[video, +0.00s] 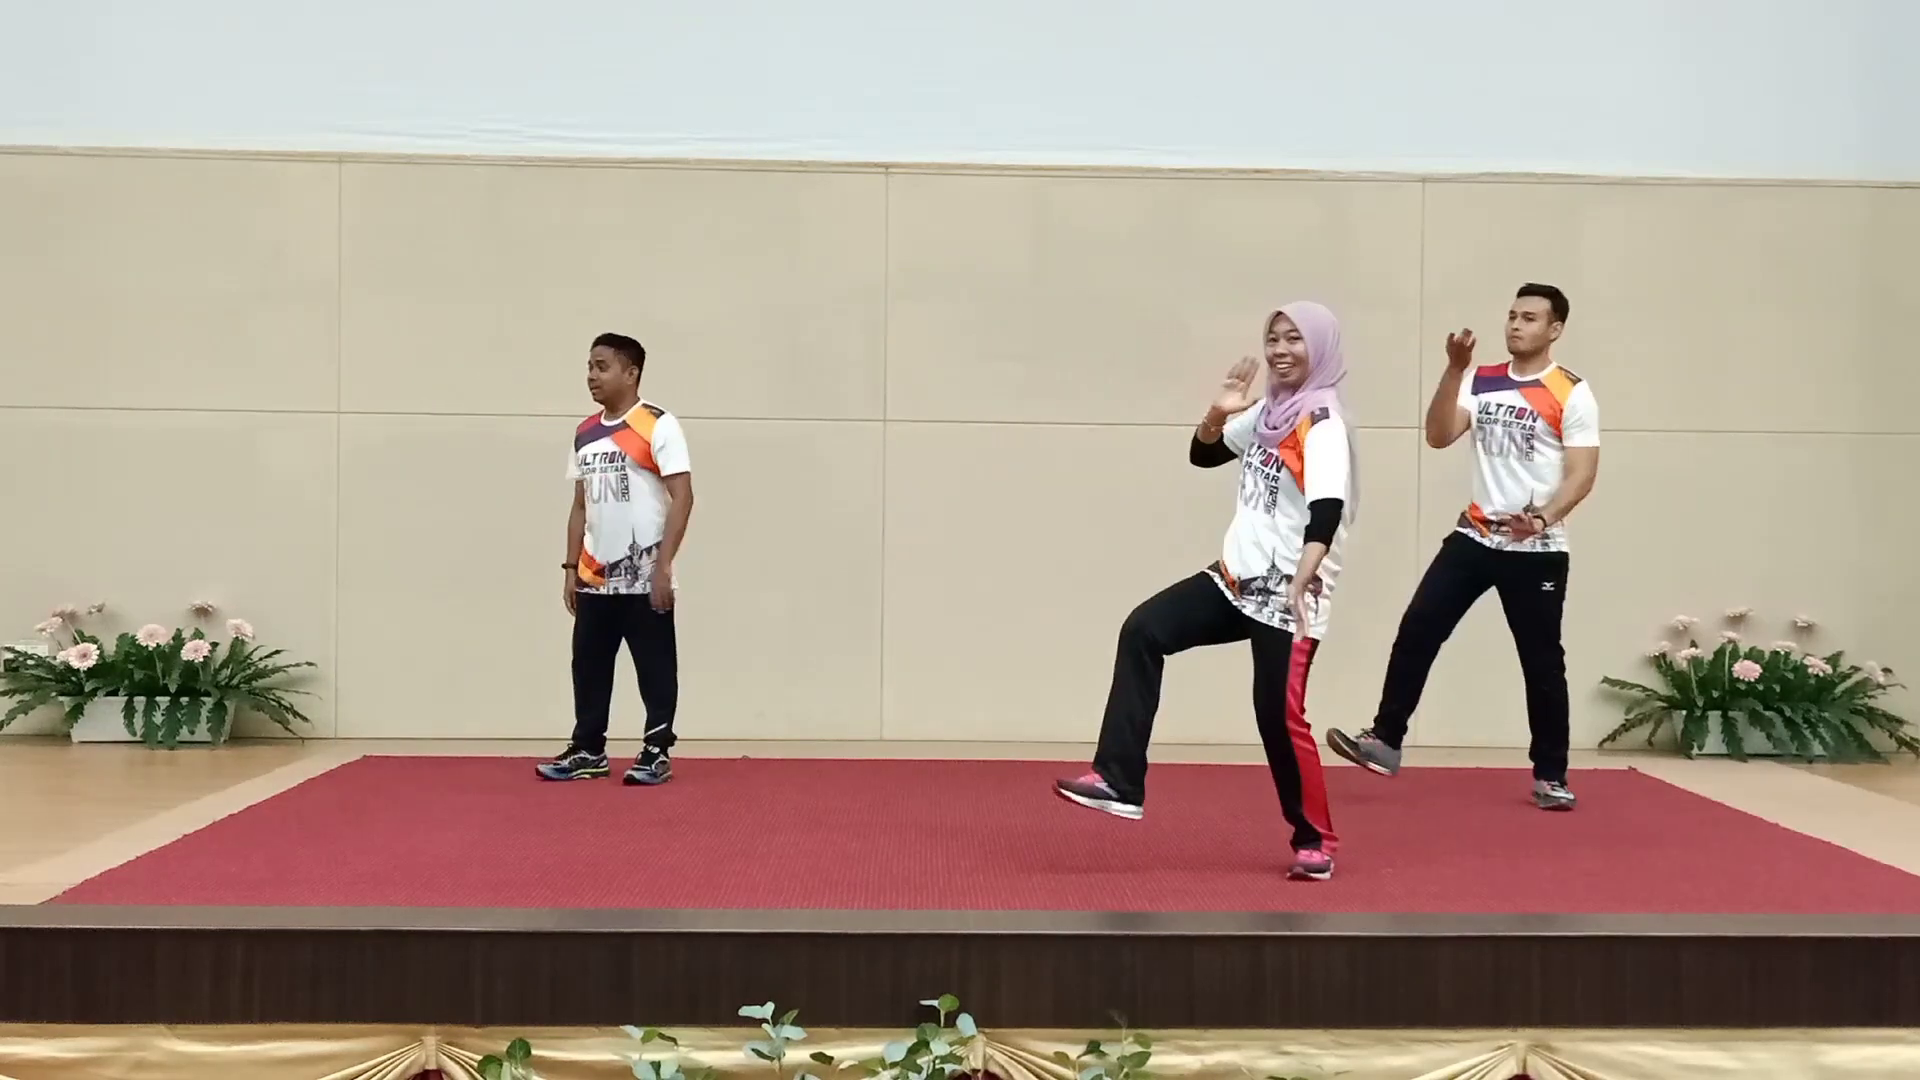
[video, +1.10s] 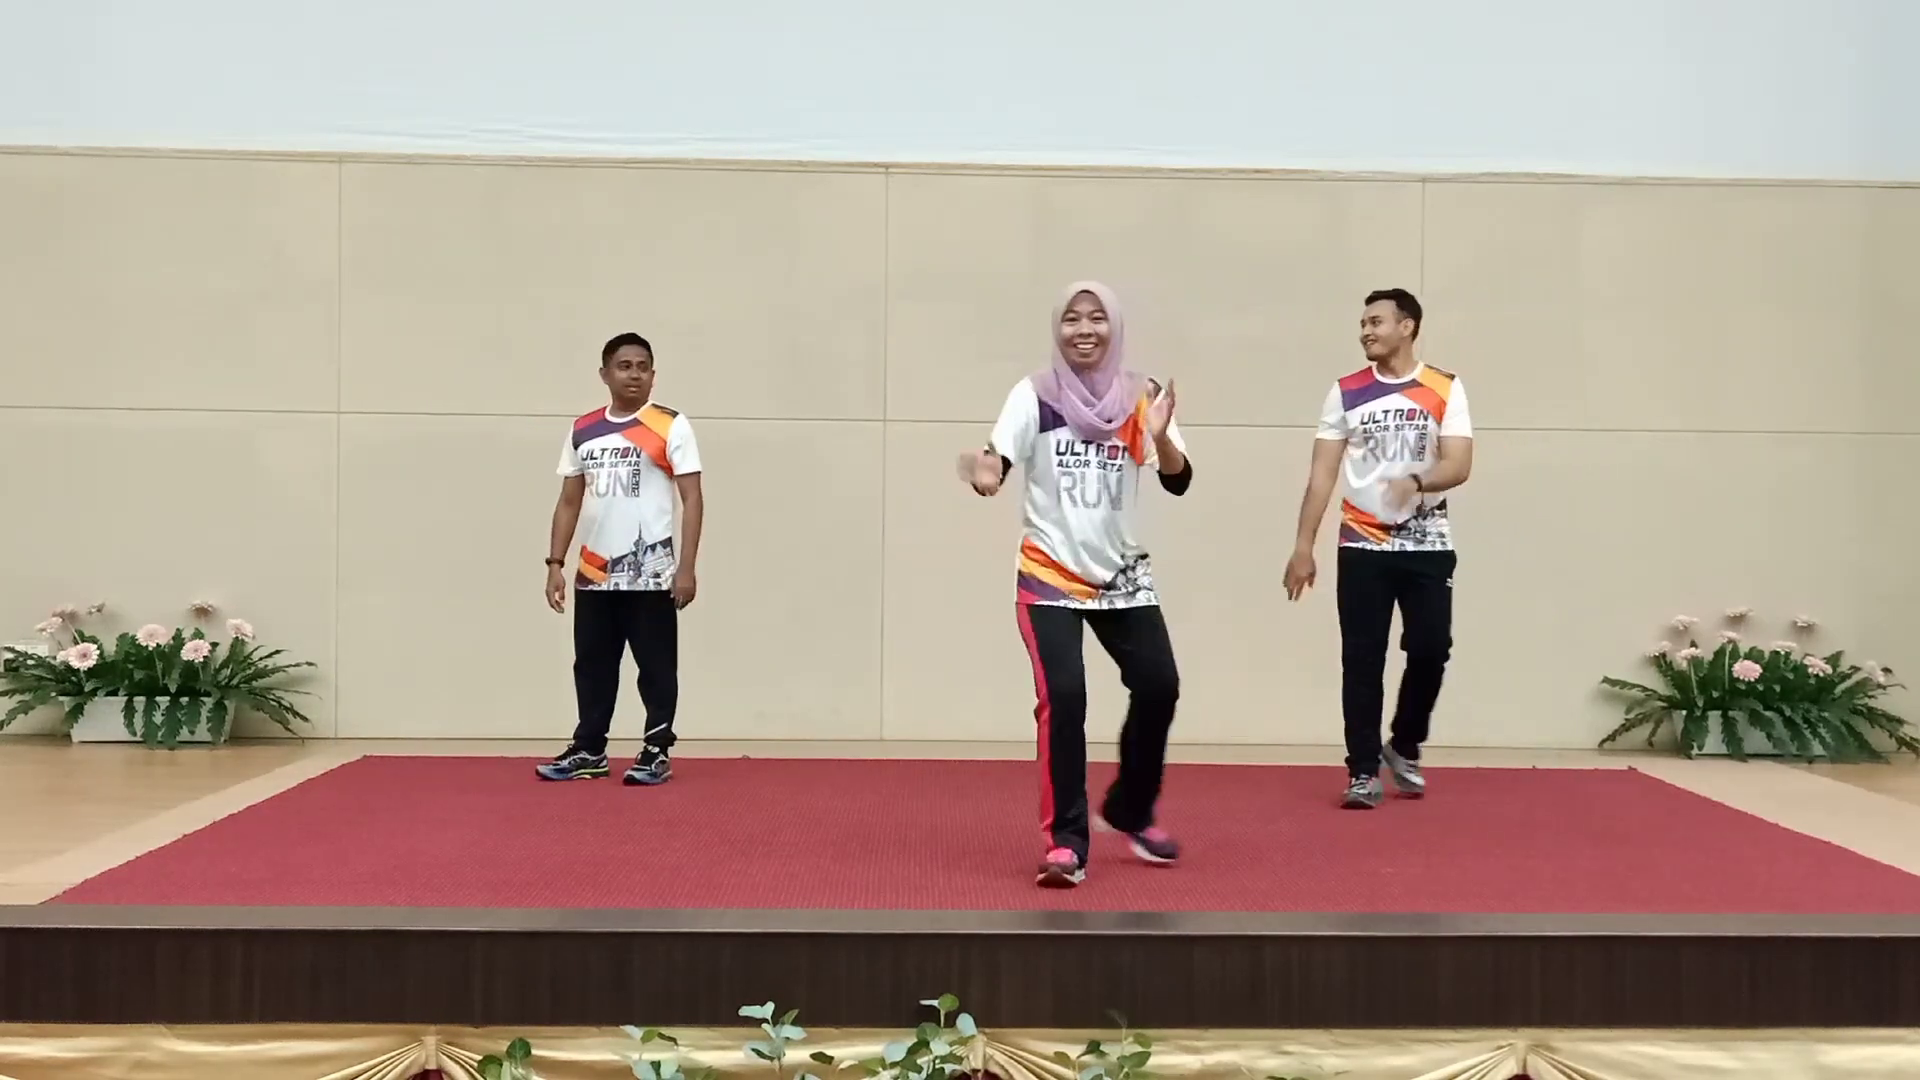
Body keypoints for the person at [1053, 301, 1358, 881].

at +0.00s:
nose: (1280, 349)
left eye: (1292, 339)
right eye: (1273, 340)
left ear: (1320, 349)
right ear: (1266, 350)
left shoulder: (1323, 422)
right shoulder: (1261, 414)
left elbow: (1327, 508)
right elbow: (1203, 456)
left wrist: (1304, 573)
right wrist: (1218, 415)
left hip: (1293, 595)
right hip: (1236, 580)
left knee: (1280, 713)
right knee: (1144, 630)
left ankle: (1314, 841)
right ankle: (1120, 782)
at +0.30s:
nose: (1280, 356)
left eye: (1293, 346)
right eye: (1273, 346)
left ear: (1322, 355)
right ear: (1265, 355)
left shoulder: (1332, 425)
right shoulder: (1252, 412)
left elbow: (1332, 505)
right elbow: (1184, 462)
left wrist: (1291, 536)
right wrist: (1196, 418)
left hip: (1293, 591)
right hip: (1229, 579)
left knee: (1279, 714)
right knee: (1155, 680)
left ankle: (1312, 842)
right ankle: (1123, 830)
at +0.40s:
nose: (1268, 337)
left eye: (1281, 327)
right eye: (1260, 327)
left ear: (1309, 335)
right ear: (1250, 336)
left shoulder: (1325, 404)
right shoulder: (1237, 391)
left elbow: (1334, 480)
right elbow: (1169, 446)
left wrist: (1288, 472)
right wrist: (1164, 407)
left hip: (1288, 576)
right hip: (1221, 564)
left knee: (1285, 706)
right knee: (1153, 668)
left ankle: (1311, 840)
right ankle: (1113, 815)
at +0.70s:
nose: (1208, 313)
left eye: (1221, 303)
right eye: (1199, 304)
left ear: (1246, 314)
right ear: (1187, 316)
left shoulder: (1276, 372)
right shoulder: (1168, 372)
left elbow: (1313, 442)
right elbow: (1118, 433)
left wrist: (1266, 379)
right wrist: (1091, 449)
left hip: (1248, 563)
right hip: (1171, 558)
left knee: (1271, 700)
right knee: (1128, 682)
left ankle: (1306, 839)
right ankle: (1079, 821)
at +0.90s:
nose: (1141, 328)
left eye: (1154, 318)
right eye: (1131, 318)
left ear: (1175, 330)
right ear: (1117, 330)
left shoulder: (1204, 396)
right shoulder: (1091, 397)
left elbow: (1244, 476)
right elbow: (1055, 474)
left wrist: (1208, 411)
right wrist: (1039, 520)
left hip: (1181, 578)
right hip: (1102, 573)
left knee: (1226, 705)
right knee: (1085, 698)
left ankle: (1290, 835)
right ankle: (1068, 845)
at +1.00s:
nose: (1102, 328)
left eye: (1114, 319)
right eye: (1091, 319)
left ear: (1133, 331)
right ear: (1076, 332)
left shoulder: (1158, 400)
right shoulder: (1052, 397)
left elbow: (1194, 486)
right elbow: (1017, 468)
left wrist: (1171, 429)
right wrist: (1002, 497)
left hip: (1138, 575)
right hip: (1064, 574)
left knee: (1180, 693)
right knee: (1068, 701)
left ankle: (1198, 822)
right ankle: (1065, 844)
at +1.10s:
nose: (1084, 328)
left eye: (1097, 318)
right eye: (1073, 318)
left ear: (1115, 329)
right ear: (1057, 331)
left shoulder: (1139, 398)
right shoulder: (1034, 394)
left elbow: (1178, 483)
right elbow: (994, 475)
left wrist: (1162, 435)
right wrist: (982, 469)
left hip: (1121, 575)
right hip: (1050, 574)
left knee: (1159, 686)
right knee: (1064, 696)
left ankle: (1130, 812)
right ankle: (1066, 843)